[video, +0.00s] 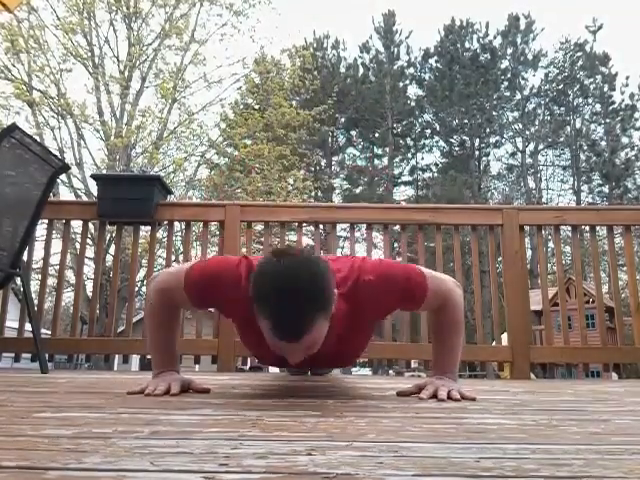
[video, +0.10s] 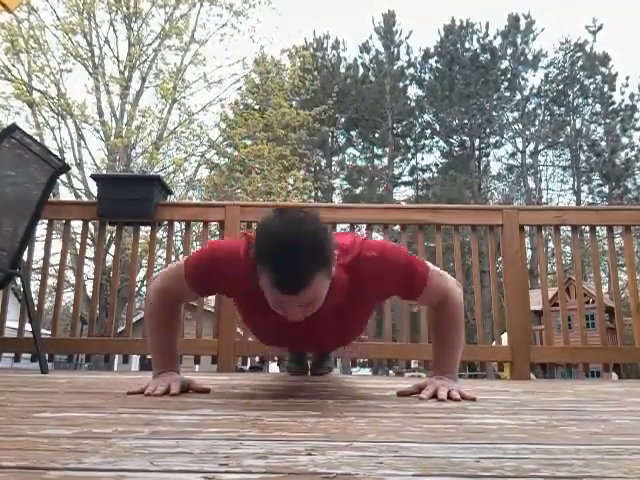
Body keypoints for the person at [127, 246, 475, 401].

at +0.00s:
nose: (296, 360)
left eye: (309, 348)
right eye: (280, 350)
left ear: (334, 305)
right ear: (255, 308)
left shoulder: (371, 283)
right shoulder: (230, 280)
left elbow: (448, 295)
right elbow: (163, 290)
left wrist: (444, 375)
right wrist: (165, 369)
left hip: (339, 353)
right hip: (264, 352)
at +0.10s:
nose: (295, 310)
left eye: (308, 301)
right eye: (281, 302)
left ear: (331, 267)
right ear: (258, 271)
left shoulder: (374, 262)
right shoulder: (229, 261)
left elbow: (446, 294)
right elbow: (163, 291)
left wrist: (444, 375)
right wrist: (165, 371)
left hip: (339, 330)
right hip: (273, 333)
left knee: (330, 348)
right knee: (290, 350)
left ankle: (325, 356)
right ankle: (297, 355)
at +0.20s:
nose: (296, 251)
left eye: (310, 238)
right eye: (281, 238)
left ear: (332, 207)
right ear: (261, 212)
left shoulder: (372, 225)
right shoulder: (231, 227)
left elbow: (435, 292)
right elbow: (172, 290)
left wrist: (444, 376)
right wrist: (166, 371)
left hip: (335, 308)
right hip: (280, 308)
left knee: (326, 337)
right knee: (293, 339)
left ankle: (323, 358)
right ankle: (296, 356)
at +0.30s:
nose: (298, 224)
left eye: (311, 211)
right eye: (282, 212)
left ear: (332, 181)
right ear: (263, 185)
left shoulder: (370, 202)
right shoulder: (235, 205)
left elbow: (422, 287)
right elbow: (191, 283)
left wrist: (441, 375)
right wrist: (168, 370)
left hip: (338, 298)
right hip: (278, 299)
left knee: (327, 333)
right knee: (291, 334)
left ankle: (323, 358)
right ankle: (297, 356)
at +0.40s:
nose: (297, 220)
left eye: (310, 208)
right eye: (282, 209)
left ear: (332, 176)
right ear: (263, 181)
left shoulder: (370, 199)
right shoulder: (237, 201)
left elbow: (422, 285)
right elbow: (192, 281)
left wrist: (443, 375)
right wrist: (168, 370)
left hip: (337, 299)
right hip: (277, 299)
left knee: (327, 335)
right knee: (291, 336)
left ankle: (322, 355)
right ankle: (297, 355)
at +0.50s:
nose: (297, 276)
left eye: (309, 263)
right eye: (283, 266)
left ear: (332, 226)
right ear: (259, 233)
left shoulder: (369, 232)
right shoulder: (231, 236)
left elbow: (440, 291)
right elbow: (166, 290)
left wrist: (445, 376)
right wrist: (165, 370)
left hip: (335, 318)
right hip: (279, 320)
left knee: (326, 340)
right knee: (291, 340)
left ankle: (322, 355)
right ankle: (295, 353)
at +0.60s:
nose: (297, 336)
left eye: (309, 325)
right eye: (282, 328)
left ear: (332, 281)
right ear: (255, 287)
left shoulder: (370, 267)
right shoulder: (232, 266)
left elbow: (446, 291)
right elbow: (164, 288)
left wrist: (446, 376)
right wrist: (165, 370)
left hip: (336, 348)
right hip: (272, 349)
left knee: (322, 362)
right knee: (286, 361)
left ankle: (317, 368)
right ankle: (294, 365)